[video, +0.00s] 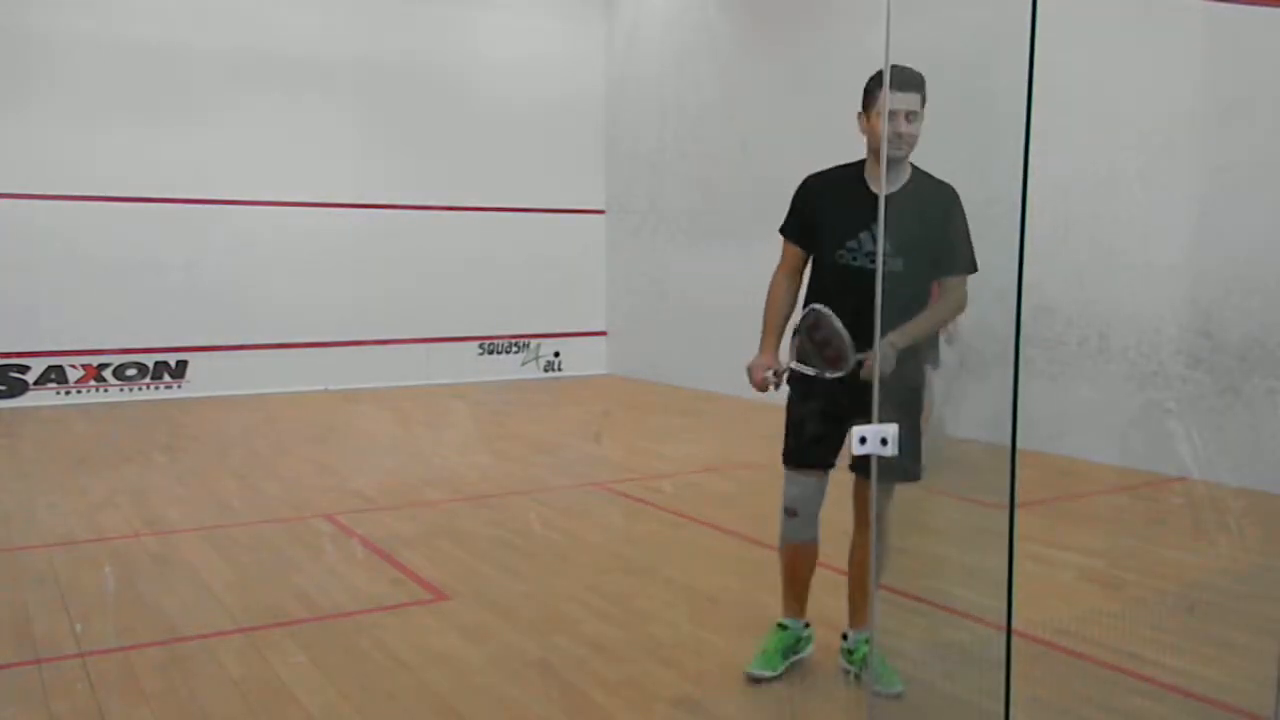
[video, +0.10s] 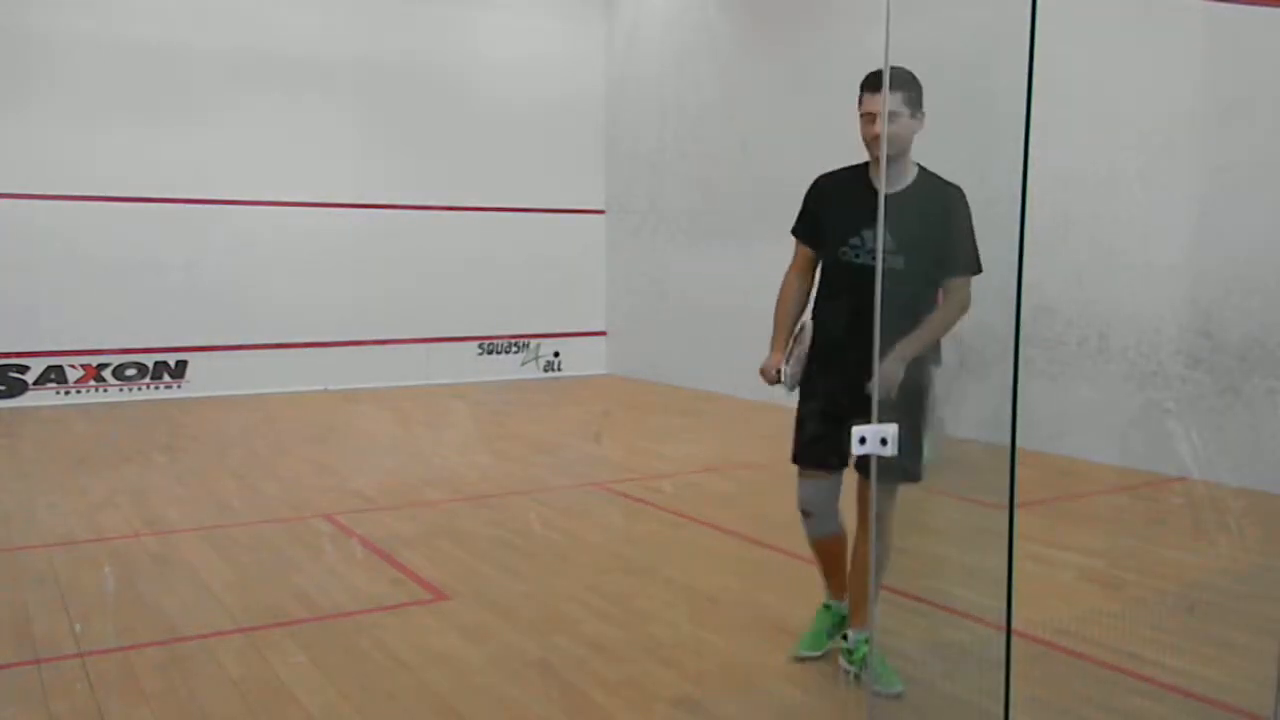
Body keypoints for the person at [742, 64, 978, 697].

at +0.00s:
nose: (902, 127)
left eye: (912, 117)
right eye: (891, 115)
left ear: (923, 124)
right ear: (864, 120)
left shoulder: (940, 202)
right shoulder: (820, 191)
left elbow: (951, 299)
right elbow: (787, 274)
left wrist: (892, 344)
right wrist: (768, 346)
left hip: (891, 382)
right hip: (817, 374)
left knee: (874, 513)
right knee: (798, 505)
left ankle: (858, 639)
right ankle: (793, 629)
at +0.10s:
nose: (877, 126)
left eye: (891, 116)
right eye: (868, 115)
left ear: (917, 122)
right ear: (858, 120)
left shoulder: (945, 202)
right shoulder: (829, 191)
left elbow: (956, 301)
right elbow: (800, 274)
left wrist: (899, 354)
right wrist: (779, 342)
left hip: (896, 378)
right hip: (827, 371)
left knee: (877, 507)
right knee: (814, 502)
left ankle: (860, 636)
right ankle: (838, 603)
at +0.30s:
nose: (843, 132)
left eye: (853, 121)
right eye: (843, 121)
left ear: (892, 124)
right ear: (866, 127)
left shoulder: (944, 198)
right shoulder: (845, 197)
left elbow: (960, 297)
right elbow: (827, 279)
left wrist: (940, 377)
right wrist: (795, 347)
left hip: (904, 375)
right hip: (845, 371)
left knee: (882, 498)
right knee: (851, 491)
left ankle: (858, 637)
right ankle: (919, 575)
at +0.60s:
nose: (837, 150)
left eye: (840, 138)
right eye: (836, 139)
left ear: (868, 136)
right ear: (870, 136)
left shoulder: (931, 194)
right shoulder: (873, 212)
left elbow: (966, 274)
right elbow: (869, 298)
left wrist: (886, 310)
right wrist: (840, 352)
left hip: (917, 368)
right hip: (885, 368)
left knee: (885, 489)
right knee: (914, 484)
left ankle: (876, 634)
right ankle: (954, 604)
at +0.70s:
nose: (841, 156)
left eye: (844, 144)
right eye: (840, 145)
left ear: (869, 139)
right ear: (874, 138)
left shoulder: (924, 195)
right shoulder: (889, 208)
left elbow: (929, 274)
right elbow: (898, 298)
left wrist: (853, 255)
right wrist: (861, 354)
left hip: (911, 370)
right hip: (897, 368)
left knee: (887, 493)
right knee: (924, 485)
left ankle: (881, 638)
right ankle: (957, 608)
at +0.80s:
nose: (845, 154)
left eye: (846, 143)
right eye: (843, 145)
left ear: (870, 138)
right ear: (880, 137)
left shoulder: (913, 191)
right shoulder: (913, 191)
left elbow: (878, 257)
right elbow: (915, 294)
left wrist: (835, 208)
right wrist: (871, 353)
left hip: (906, 365)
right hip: (911, 360)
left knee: (885, 490)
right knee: (922, 482)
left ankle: (880, 635)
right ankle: (957, 607)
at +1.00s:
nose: (842, 161)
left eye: (844, 151)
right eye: (841, 151)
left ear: (863, 144)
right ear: (884, 141)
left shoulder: (885, 190)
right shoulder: (919, 185)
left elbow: (817, 208)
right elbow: (923, 282)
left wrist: (827, 152)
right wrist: (871, 343)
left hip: (886, 361)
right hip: (914, 357)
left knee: (851, 477)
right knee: (915, 475)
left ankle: (869, 621)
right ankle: (955, 606)